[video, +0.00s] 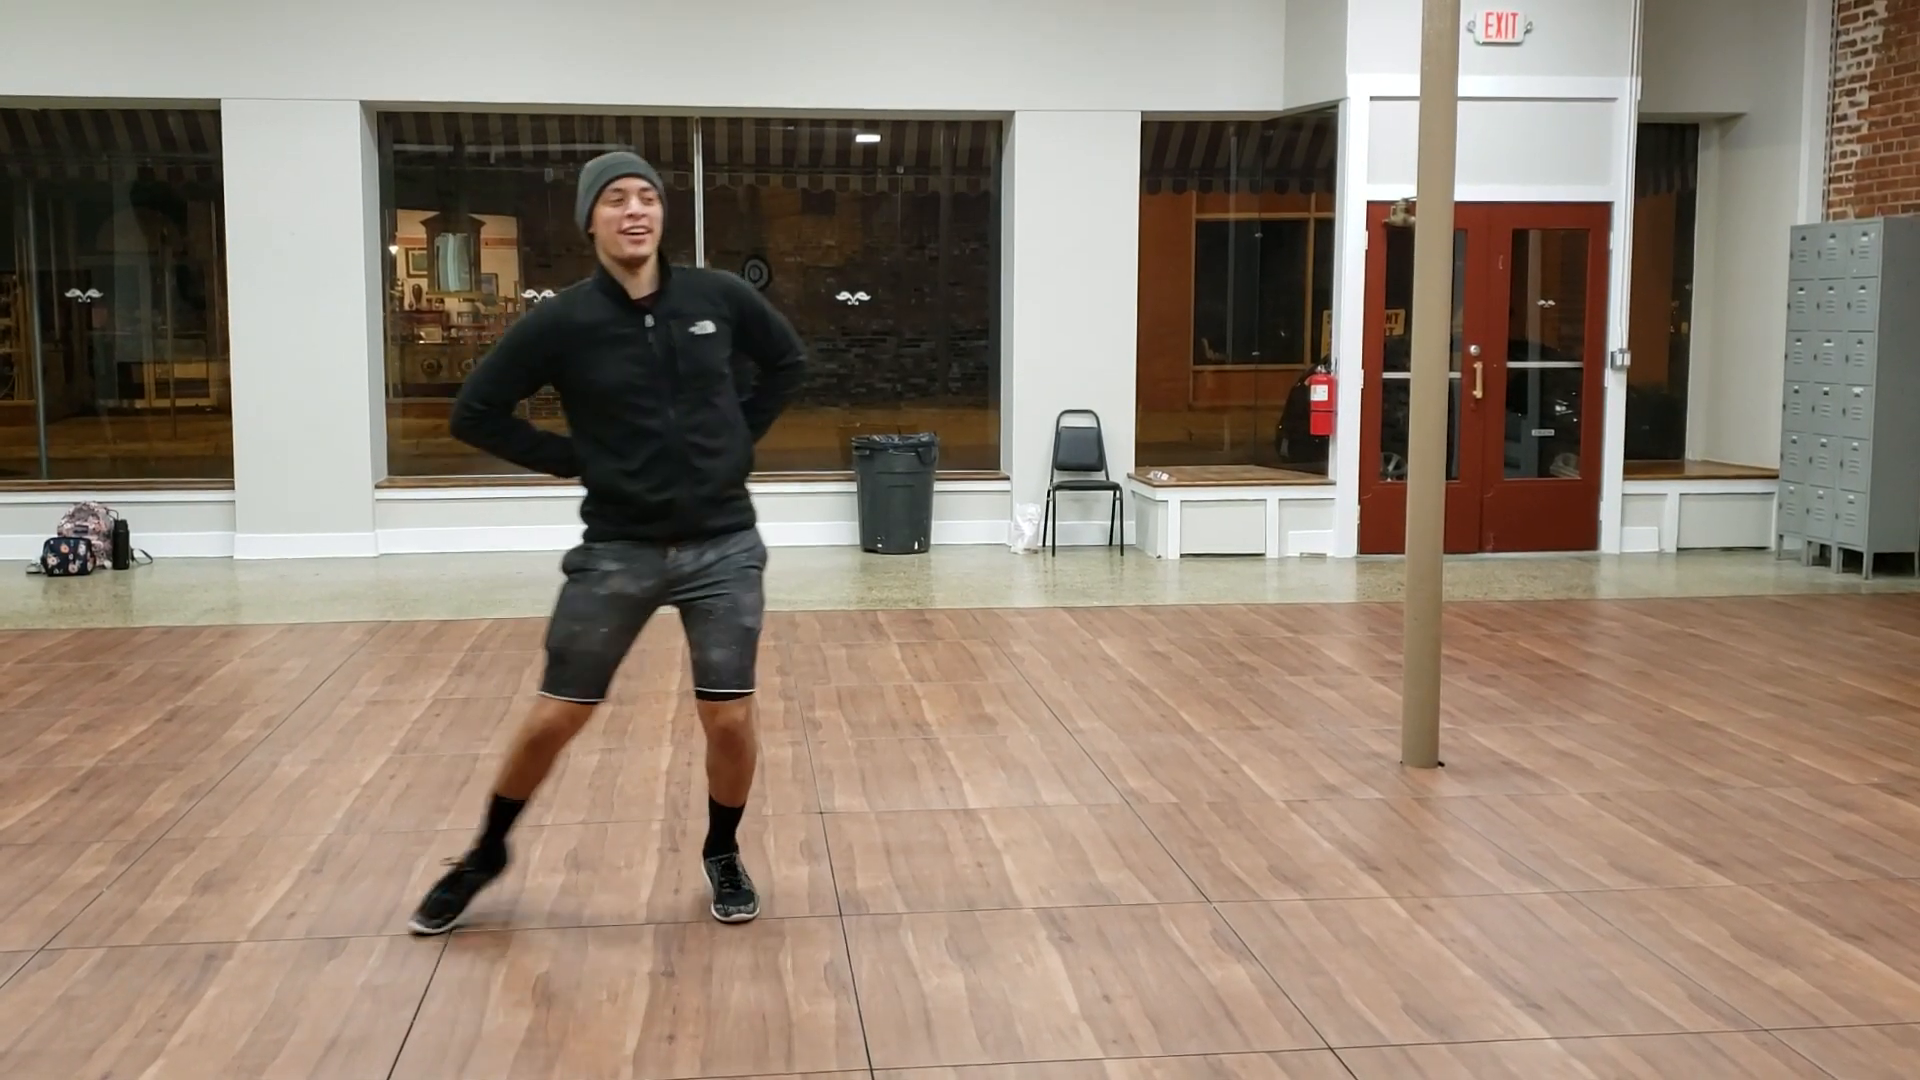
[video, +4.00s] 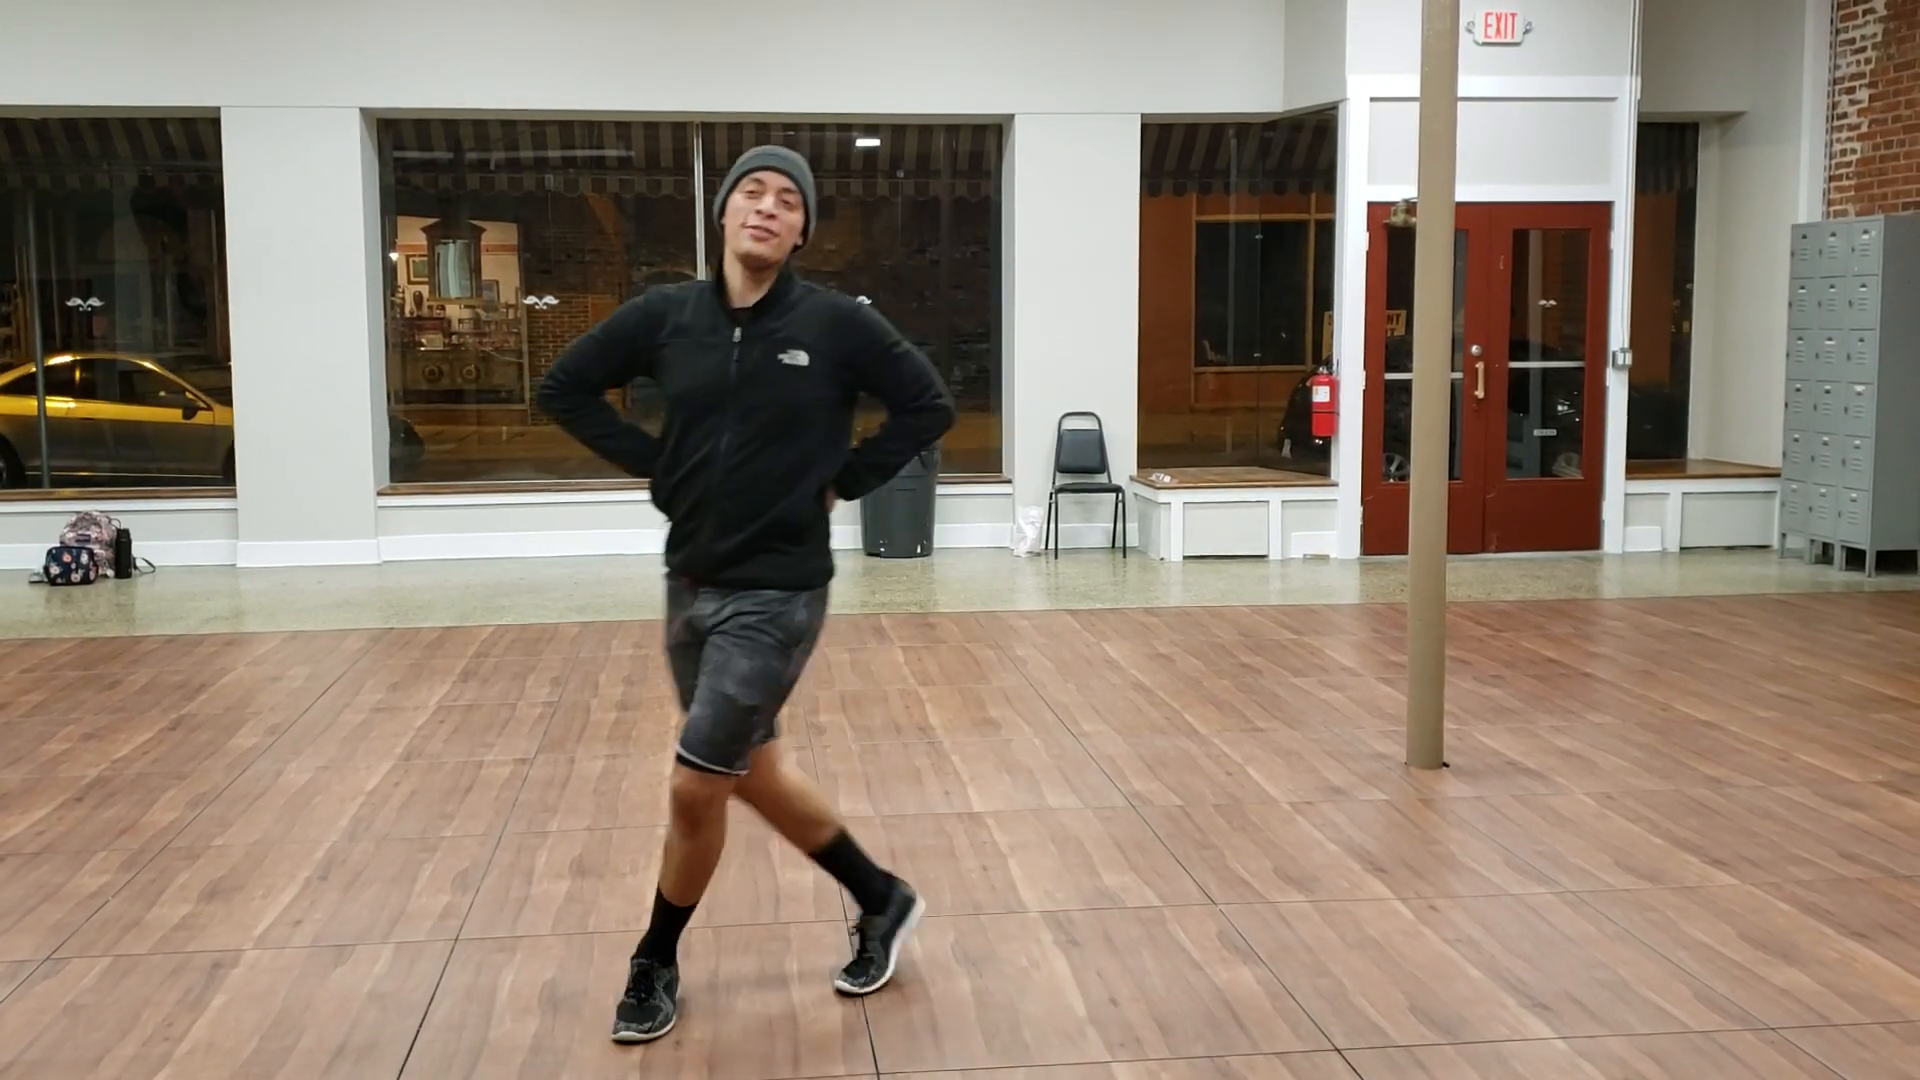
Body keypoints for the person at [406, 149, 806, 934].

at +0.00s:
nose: (634, 211)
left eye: (645, 199)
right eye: (617, 201)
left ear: (664, 217)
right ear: (591, 223)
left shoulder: (721, 296)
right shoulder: (560, 320)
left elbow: (787, 363)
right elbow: (472, 417)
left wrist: (737, 437)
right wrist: (579, 457)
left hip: (722, 543)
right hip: (617, 549)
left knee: (730, 715)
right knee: (557, 716)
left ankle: (723, 854)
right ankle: (486, 854)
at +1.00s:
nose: (909, 239)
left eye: (929, 229)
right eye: (898, 223)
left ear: (950, 250)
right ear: (877, 237)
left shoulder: (979, 343)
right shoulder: (855, 334)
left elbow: (1062, 456)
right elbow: (852, 422)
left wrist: (991, 506)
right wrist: (883, 483)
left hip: (977, 584)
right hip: (881, 574)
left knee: (1031, 760)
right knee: (835, 746)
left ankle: (1108, 907)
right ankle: (889, 864)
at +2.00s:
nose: (630, 188)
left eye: (643, 176)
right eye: (612, 176)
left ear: (664, 197)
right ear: (584, 198)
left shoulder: (710, 298)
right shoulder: (535, 292)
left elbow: (759, 387)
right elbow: (424, 371)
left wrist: (689, 453)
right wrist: (523, 439)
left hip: (661, 558)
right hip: (548, 553)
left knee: (656, 748)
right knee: (496, 732)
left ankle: (640, 922)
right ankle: (445, 899)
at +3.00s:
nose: (775, 220)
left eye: (788, 207)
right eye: (758, 205)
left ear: (803, 225)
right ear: (721, 222)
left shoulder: (848, 314)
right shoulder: (688, 326)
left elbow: (940, 419)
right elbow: (641, 406)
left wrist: (859, 478)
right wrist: (702, 464)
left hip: (847, 578)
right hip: (739, 579)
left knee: (875, 766)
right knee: (762, 763)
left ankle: (827, 863)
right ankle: (811, 948)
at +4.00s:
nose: (767, 209)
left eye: (785, 204)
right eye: (754, 194)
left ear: (801, 235)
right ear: (721, 213)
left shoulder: (836, 322)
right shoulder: (666, 313)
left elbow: (930, 406)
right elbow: (561, 391)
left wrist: (842, 480)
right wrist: (654, 460)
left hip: (778, 585)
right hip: (690, 580)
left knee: (695, 783)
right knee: (756, 775)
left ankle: (654, 962)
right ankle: (880, 896)